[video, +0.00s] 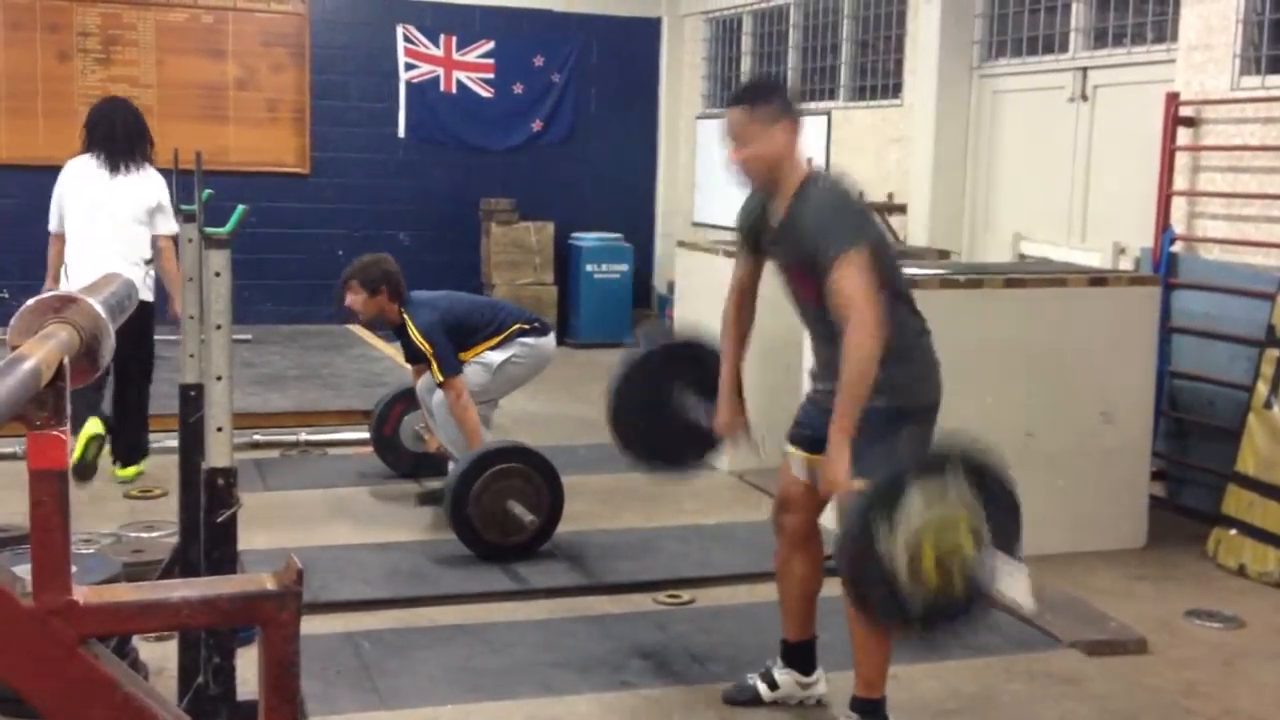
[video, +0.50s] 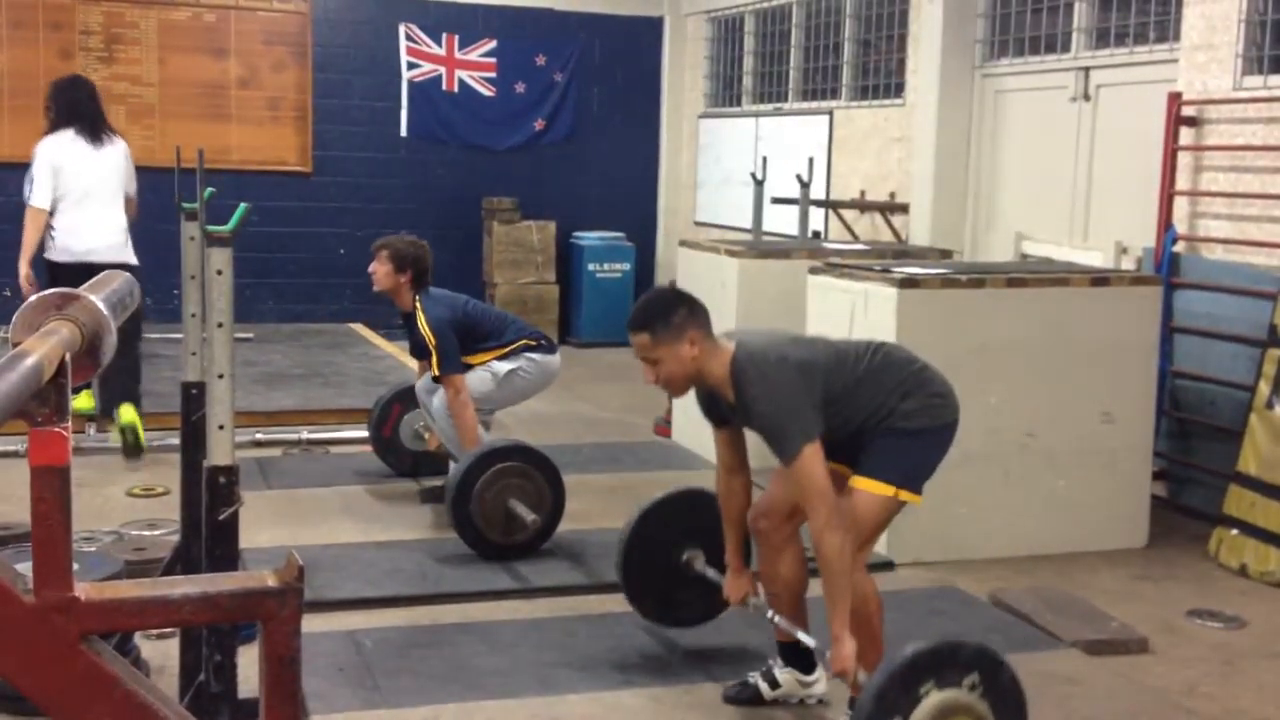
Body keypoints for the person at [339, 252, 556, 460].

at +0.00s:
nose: (347, 302)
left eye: (355, 293)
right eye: (347, 293)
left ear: (381, 295)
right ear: (381, 296)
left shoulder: (423, 322)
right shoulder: (403, 320)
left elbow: (458, 394)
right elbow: (421, 375)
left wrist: (483, 460)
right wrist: (436, 431)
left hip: (529, 341)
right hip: (510, 341)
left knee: (446, 401)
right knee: (428, 390)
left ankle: (482, 476)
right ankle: (465, 473)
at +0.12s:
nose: (350, 292)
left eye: (357, 283)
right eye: (352, 283)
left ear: (385, 288)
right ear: (385, 288)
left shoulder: (424, 321)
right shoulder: (407, 318)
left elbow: (457, 394)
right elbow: (423, 375)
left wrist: (485, 461)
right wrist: (436, 431)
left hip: (530, 346)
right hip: (510, 346)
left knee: (448, 405)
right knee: (427, 389)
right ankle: (464, 475)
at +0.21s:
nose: (353, 286)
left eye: (361, 278)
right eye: (356, 278)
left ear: (389, 285)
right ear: (389, 287)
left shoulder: (427, 321)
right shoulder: (409, 316)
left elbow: (459, 395)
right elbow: (425, 373)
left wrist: (486, 463)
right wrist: (437, 432)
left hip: (530, 349)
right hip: (510, 348)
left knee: (447, 406)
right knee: (426, 387)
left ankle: (490, 475)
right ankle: (465, 474)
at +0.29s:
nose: (357, 280)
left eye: (366, 273)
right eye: (360, 272)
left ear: (392, 282)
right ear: (392, 283)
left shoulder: (428, 321)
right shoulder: (410, 316)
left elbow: (459, 394)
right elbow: (423, 373)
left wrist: (480, 462)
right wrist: (436, 431)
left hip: (530, 353)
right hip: (508, 351)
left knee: (445, 404)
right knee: (426, 386)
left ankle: (480, 477)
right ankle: (462, 475)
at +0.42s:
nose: (365, 273)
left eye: (375, 267)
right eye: (369, 265)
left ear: (400, 278)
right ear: (400, 280)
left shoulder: (431, 318)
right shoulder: (412, 313)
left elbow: (457, 394)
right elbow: (425, 373)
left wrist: (479, 463)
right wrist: (436, 430)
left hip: (533, 357)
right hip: (512, 355)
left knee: (444, 407)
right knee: (428, 388)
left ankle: (485, 477)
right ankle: (460, 482)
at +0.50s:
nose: (370, 269)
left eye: (379, 263)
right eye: (373, 261)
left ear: (404, 276)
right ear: (404, 278)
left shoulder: (432, 317)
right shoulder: (413, 312)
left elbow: (458, 392)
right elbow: (425, 371)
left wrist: (480, 463)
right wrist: (436, 429)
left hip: (533, 358)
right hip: (513, 356)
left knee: (444, 401)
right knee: (426, 388)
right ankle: (465, 474)